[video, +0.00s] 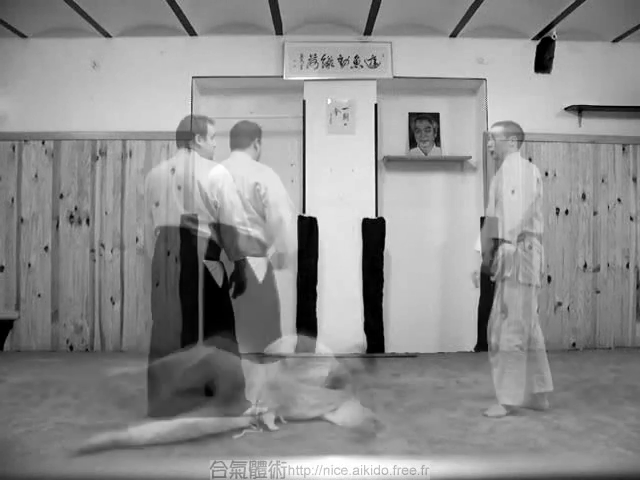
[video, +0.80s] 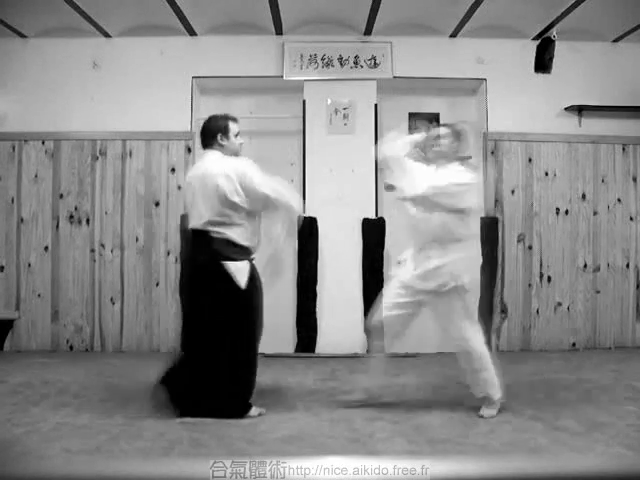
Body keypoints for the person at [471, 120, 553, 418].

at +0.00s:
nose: (490, 143)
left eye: (494, 138)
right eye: (491, 138)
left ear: (513, 141)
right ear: (512, 142)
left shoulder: (516, 168)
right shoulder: (514, 169)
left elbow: (518, 208)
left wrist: (508, 244)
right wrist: (489, 250)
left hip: (518, 251)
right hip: (521, 250)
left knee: (509, 325)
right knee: (526, 322)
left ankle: (508, 400)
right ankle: (538, 394)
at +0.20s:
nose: (489, 141)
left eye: (494, 136)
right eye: (488, 137)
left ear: (512, 141)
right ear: (491, 143)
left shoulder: (526, 173)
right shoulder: (490, 177)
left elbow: (519, 214)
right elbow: (474, 213)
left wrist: (491, 243)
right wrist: (458, 240)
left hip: (518, 259)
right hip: (496, 258)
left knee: (497, 327)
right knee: (520, 326)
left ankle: (493, 399)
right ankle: (538, 392)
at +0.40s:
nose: (492, 140)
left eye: (498, 135)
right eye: (489, 136)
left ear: (513, 143)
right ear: (486, 142)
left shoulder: (520, 176)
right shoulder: (476, 175)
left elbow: (509, 213)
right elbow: (448, 198)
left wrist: (475, 231)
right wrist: (421, 219)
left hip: (505, 254)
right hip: (478, 254)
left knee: (497, 329)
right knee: (500, 326)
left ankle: (493, 399)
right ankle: (533, 385)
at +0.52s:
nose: (487, 139)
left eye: (494, 135)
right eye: (484, 134)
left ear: (507, 142)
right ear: (480, 140)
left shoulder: (514, 175)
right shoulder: (465, 173)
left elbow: (508, 214)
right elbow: (432, 187)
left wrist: (469, 222)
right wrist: (396, 182)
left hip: (494, 256)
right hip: (462, 254)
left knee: (488, 331)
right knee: (471, 329)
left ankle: (489, 400)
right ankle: (519, 378)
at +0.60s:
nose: (471, 139)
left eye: (478, 134)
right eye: (469, 134)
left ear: (492, 140)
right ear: (466, 140)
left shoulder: (498, 172)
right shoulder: (453, 170)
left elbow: (485, 210)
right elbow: (421, 159)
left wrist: (448, 204)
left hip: (478, 256)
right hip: (447, 255)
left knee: (483, 328)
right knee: (434, 324)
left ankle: (491, 400)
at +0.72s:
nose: (454, 140)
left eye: (461, 135)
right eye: (451, 135)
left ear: (476, 142)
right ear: (445, 141)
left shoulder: (483, 173)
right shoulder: (436, 167)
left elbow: (453, 195)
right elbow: (412, 152)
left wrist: (421, 194)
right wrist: (413, 129)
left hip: (462, 259)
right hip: (431, 258)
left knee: (477, 333)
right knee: (402, 326)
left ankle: (493, 397)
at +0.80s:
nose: (436, 143)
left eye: (443, 138)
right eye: (435, 138)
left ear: (458, 145)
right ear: (432, 144)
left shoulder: (466, 177)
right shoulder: (422, 171)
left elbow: (423, 189)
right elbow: (386, 153)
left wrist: (400, 163)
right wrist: (419, 139)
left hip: (454, 259)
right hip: (419, 257)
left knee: (463, 330)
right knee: (380, 322)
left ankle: (491, 397)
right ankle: (373, 390)